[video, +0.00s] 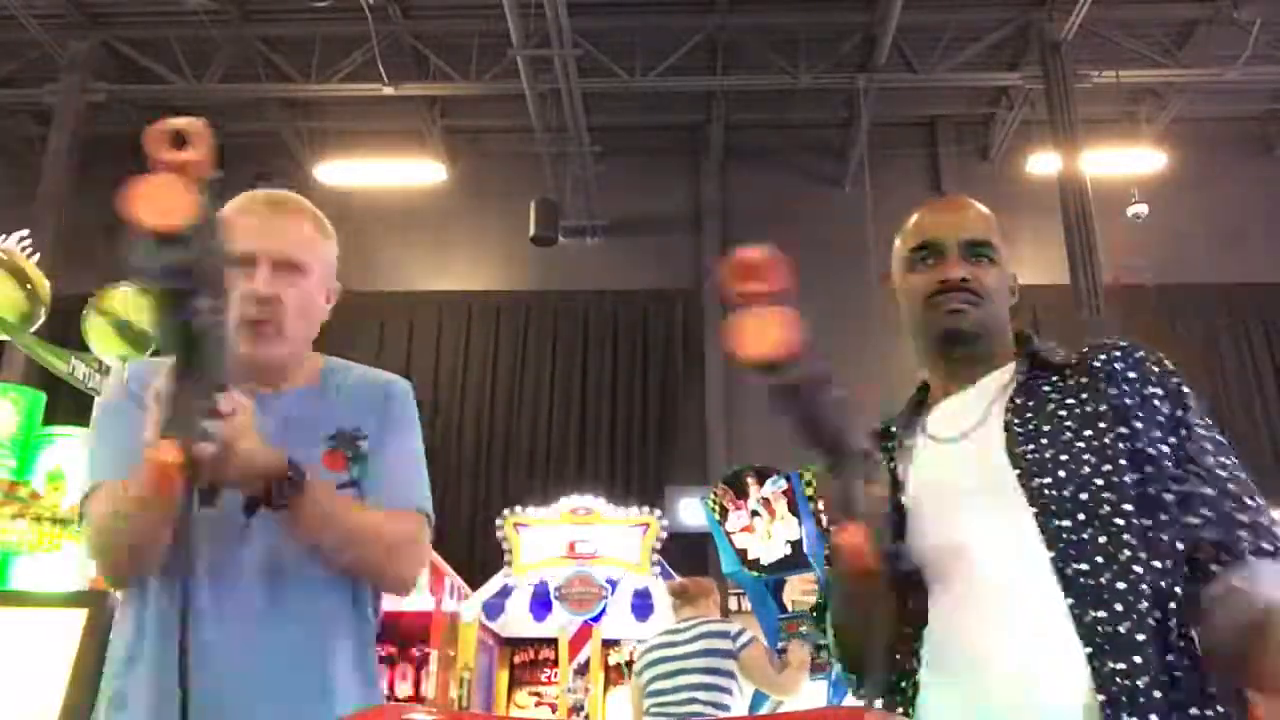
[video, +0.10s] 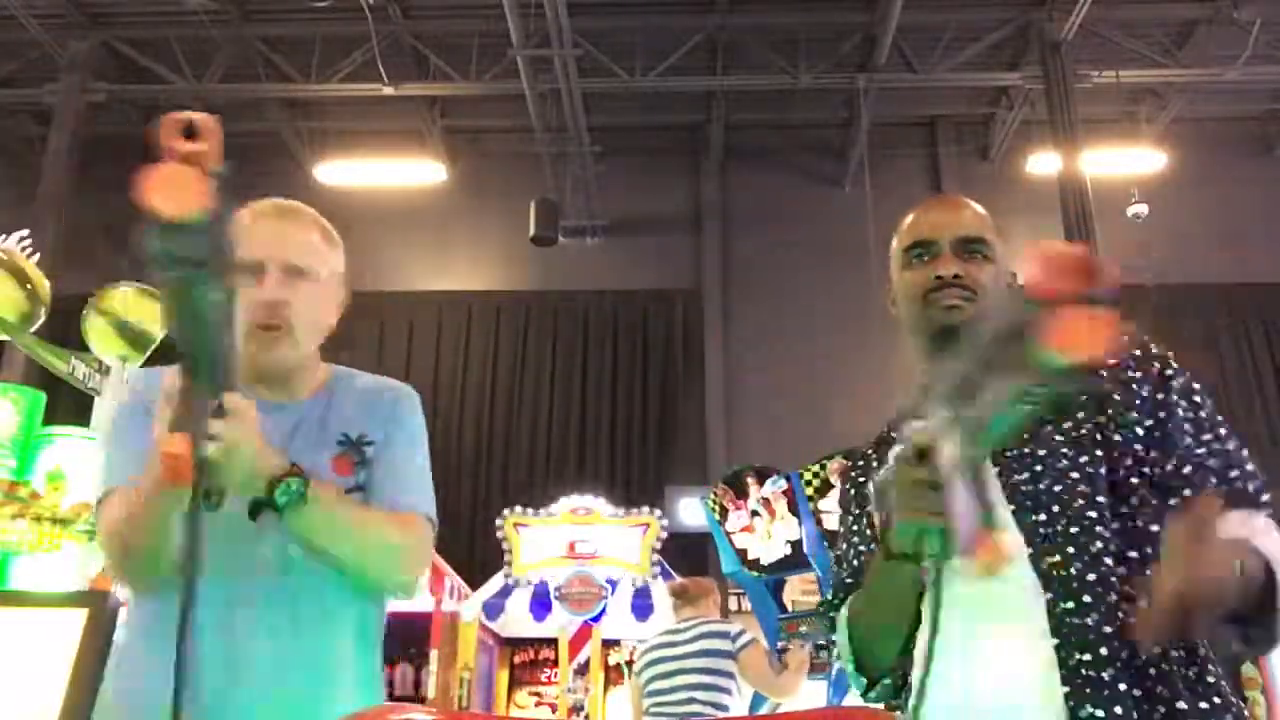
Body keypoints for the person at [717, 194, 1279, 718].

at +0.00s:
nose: (953, 269)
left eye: (977, 254)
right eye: (925, 255)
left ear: (1010, 286)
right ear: (895, 292)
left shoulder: (1117, 381)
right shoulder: (885, 458)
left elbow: (1246, 549)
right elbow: (872, 667)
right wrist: (855, 580)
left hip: (1130, 702)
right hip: (954, 705)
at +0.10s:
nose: (947, 267)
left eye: (973, 251)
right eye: (920, 255)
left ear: (1009, 279)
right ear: (894, 294)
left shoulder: (1123, 387)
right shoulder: (888, 459)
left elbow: (1251, 522)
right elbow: (870, 662)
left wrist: (1224, 570)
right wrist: (903, 542)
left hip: (1137, 704)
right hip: (960, 707)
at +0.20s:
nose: (954, 267)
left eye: (979, 249)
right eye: (926, 254)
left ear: (1018, 281)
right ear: (901, 295)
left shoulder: (1131, 399)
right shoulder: (880, 469)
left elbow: (1252, 552)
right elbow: (868, 656)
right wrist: (923, 540)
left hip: (1139, 704)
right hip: (956, 707)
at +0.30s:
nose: (964, 268)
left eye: (988, 247)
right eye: (938, 254)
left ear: (1023, 274)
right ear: (913, 285)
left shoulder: (1120, 353)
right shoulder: (904, 429)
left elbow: (1177, 512)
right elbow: (874, 659)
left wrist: (1033, 415)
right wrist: (892, 539)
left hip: (1133, 700)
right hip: (961, 707)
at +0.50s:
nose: (949, 264)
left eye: (972, 246)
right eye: (920, 250)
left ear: (1008, 277)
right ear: (893, 281)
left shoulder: (1101, 356)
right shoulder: (893, 412)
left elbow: (1147, 525)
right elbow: (864, 653)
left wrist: (1002, 443)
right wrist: (868, 510)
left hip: (1120, 694)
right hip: (952, 702)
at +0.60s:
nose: (933, 265)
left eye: (957, 250)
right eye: (904, 250)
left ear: (992, 287)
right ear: (876, 295)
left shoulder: (1107, 397)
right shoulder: (856, 470)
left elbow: (1204, 565)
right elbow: (831, 654)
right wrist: (885, 541)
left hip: (1112, 705)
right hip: (932, 706)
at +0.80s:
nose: (915, 266)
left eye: (939, 252)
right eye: (887, 251)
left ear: (972, 287)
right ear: (855, 296)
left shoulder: (1074, 395)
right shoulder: (826, 472)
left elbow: (1188, 579)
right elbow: (797, 655)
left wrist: (1118, 489)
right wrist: (870, 543)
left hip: (1082, 704)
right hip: (902, 708)